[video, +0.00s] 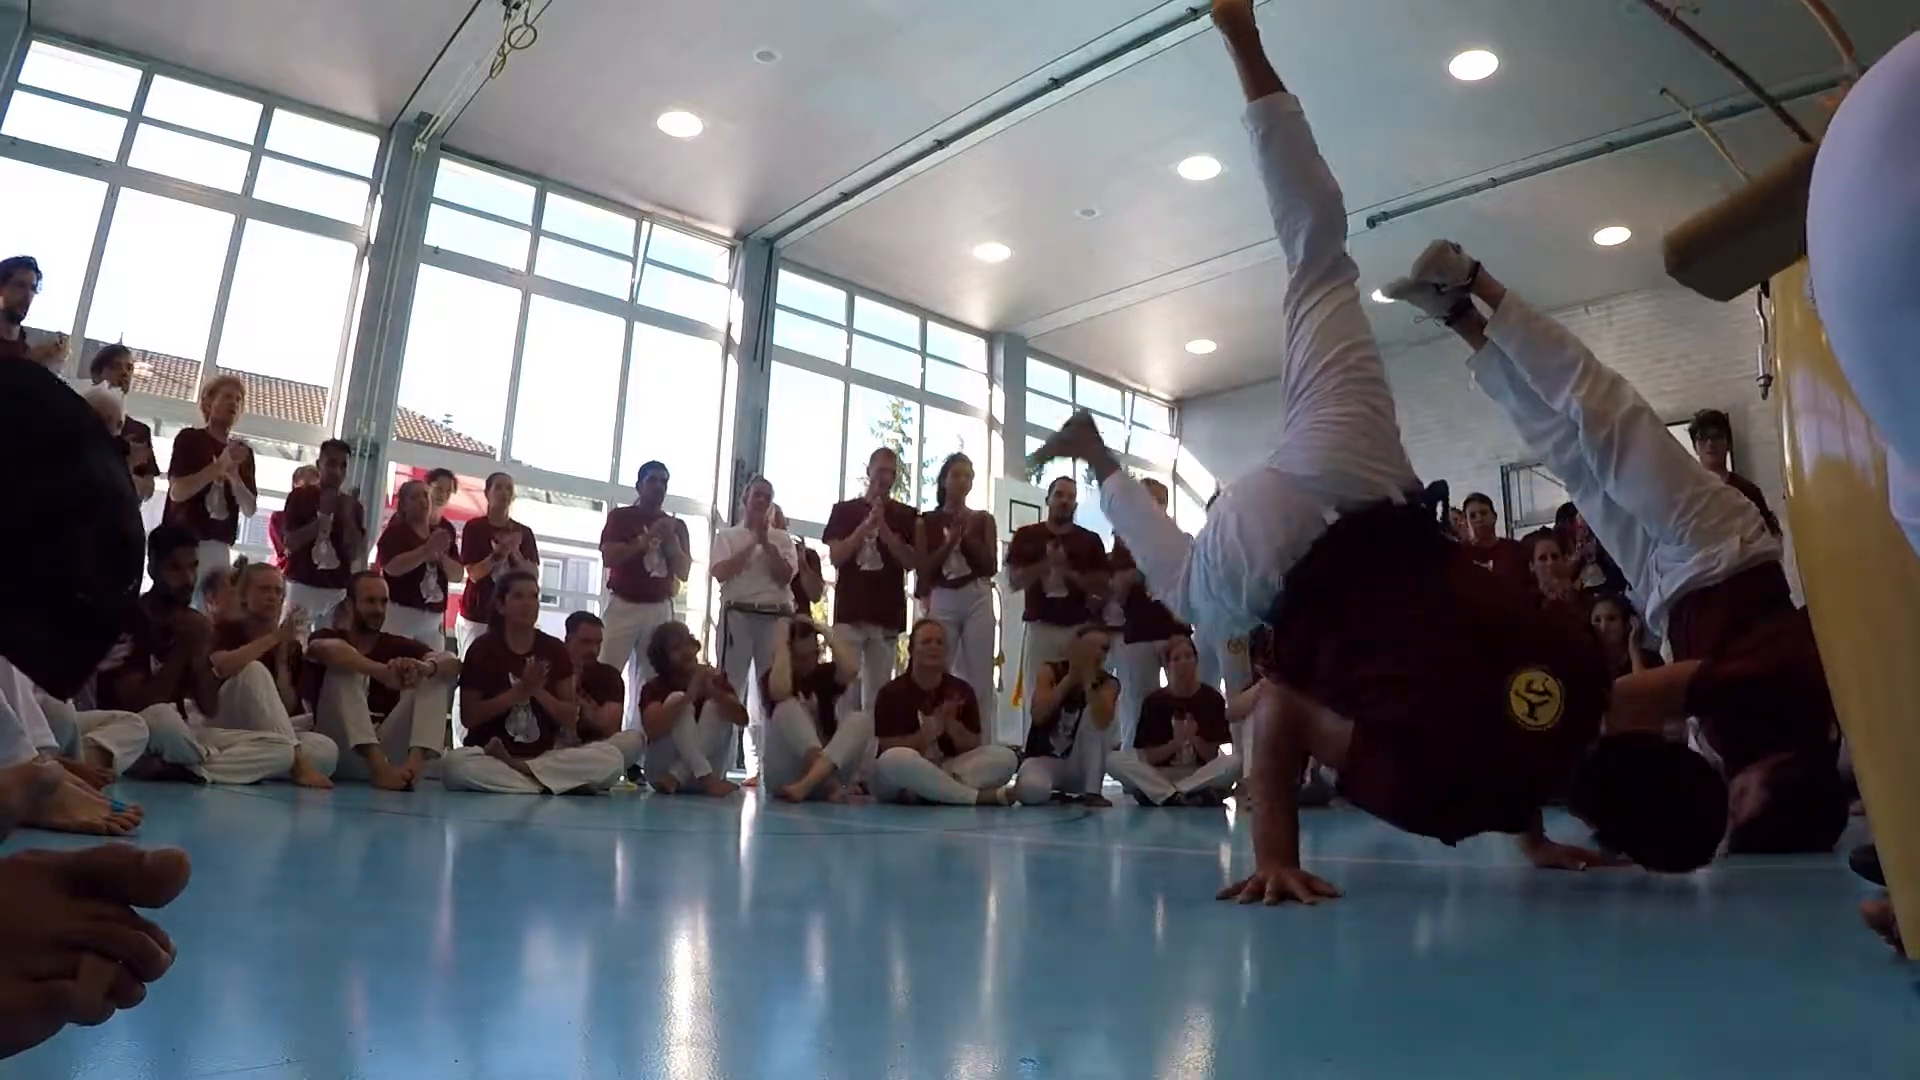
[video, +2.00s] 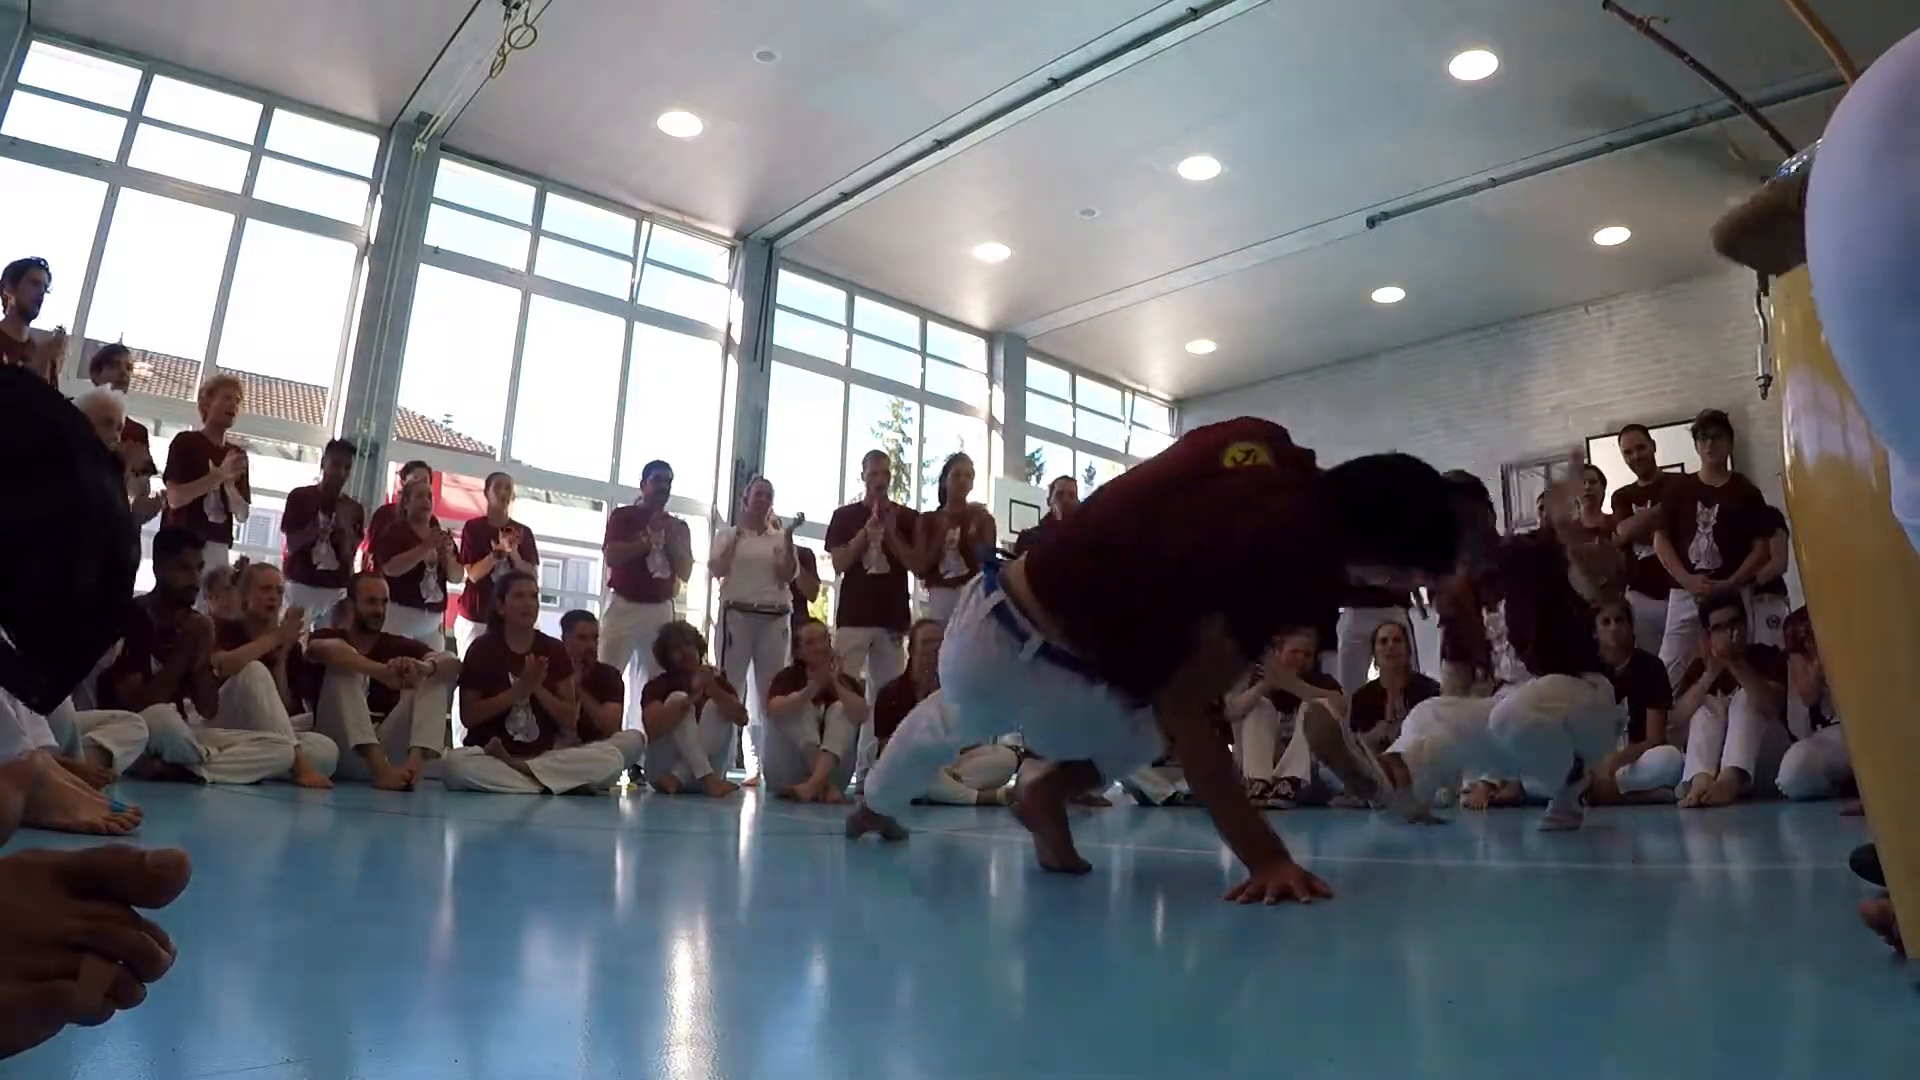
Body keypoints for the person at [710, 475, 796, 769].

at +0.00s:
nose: (759, 501)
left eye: (765, 497)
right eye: (755, 495)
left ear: (772, 503)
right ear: (744, 499)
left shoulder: (783, 538)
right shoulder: (728, 535)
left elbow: (785, 576)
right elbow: (719, 574)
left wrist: (765, 541)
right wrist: (750, 548)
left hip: (775, 616)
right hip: (737, 614)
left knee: (773, 693)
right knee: (730, 690)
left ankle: (769, 765)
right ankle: (722, 764)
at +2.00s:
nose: (761, 499)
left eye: (766, 495)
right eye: (757, 494)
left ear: (772, 502)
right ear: (745, 497)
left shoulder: (780, 536)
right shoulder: (728, 534)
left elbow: (787, 576)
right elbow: (718, 571)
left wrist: (787, 540)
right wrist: (734, 539)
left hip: (775, 616)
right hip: (736, 615)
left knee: (773, 692)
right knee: (730, 690)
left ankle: (771, 764)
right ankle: (726, 763)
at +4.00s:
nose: (761, 499)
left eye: (766, 495)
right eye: (756, 494)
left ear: (772, 501)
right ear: (745, 497)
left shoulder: (781, 539)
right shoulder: (728, 535)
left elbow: (789, 581)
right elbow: (717, 574)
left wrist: (784, 550)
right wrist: (736, 549)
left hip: (774, 616)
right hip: (736, 614)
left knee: (771, 694)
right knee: (729, 691)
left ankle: (767, 764)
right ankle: (724, 765)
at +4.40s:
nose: (761, 499)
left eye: (766, 495)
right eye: (756, 494)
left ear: (772, 501)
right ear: (745, 498)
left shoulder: (781, 537)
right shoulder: (729, 532)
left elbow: (789, 578)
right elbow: (717, 573)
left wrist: (784, 542)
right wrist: (735, 538)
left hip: (775, 617)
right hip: (736, 615)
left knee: (772, 694)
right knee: (729, 691)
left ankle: (769, 764)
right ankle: (724, 764)